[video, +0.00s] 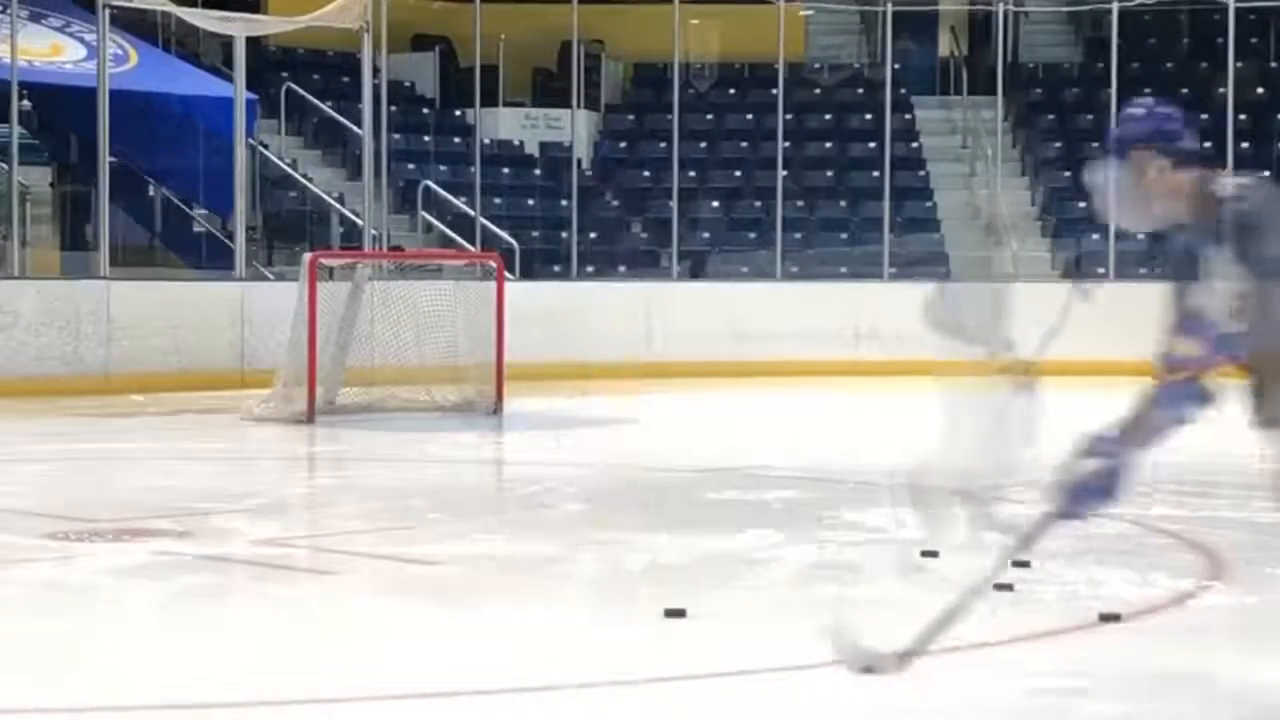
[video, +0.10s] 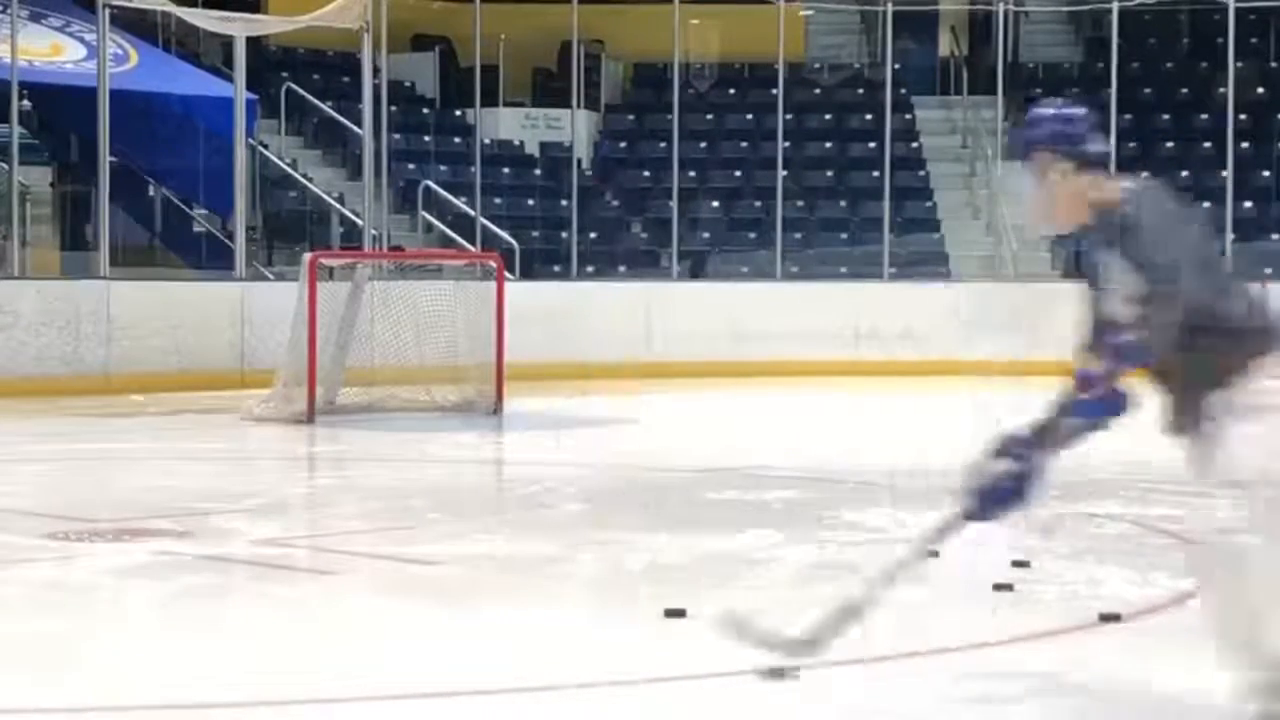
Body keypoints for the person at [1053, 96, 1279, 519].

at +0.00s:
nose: (1130, 185)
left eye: (1135, 170)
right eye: (1129, 171)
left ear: (1157, 162)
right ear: (1152, 163)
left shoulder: (1256, 211)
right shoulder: (1196, 248)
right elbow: (1184, 383)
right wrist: (1116, 451)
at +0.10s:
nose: (1035, 195)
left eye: (1039, 177)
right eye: (1033, 179)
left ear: (1071, 172)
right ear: (1066, 174)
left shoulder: (1153, 210)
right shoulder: (1097, 244)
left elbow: (1161, 331)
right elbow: (1104, 375)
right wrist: (1034, 451)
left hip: (1255, 389)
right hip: (1211, 404)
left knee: (1249, 548)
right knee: (1221, 549)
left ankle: (1262, 684)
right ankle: (1256, 684)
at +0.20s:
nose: (928, 196)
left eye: (933, 178)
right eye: (926, 180)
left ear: (965, 173)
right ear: (972, 174)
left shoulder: (1013, 212)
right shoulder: (1012, 221)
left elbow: (1038, 313)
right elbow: (1000, 384)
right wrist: (928, 457)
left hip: (1140, 386)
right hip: (1158, 387)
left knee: (1039, 512)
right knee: (1128, 554)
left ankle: (1089, 689)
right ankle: (1225, 693)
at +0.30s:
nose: (798, 185)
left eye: (803, 167)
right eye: (797, 168)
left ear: (833, 163)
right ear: (854, 162)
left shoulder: (873, 207)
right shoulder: (895, 216)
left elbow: (894, 314)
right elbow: (880, 362)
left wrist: (865, 357)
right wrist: (811, 454)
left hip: (978, 393)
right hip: (1026, 390)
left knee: (871, 524)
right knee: (1011, 567)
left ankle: (936, 689)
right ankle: (1115, 696)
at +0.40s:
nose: (664, 174)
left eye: (672, 159)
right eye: (665, 160)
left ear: (702, 160)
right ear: (730, 159)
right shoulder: (770, 210)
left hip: (822, 392)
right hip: (876, 389)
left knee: (716, 544)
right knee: (871, 571)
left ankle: (785, 692)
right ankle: (1007, 683)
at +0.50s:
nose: (546, 168)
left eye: (551, 155)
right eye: (549, 155)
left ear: (569, 154)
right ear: (612, 154)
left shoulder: (578, 204)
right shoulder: (656, 213)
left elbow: (545, 326)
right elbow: (660, 366)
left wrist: (552, 419)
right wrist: (574, 452)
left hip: (679, 385)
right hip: (742, 386)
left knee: (573, 534)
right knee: (708, 569)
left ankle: (623, 687)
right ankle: (859, 654)